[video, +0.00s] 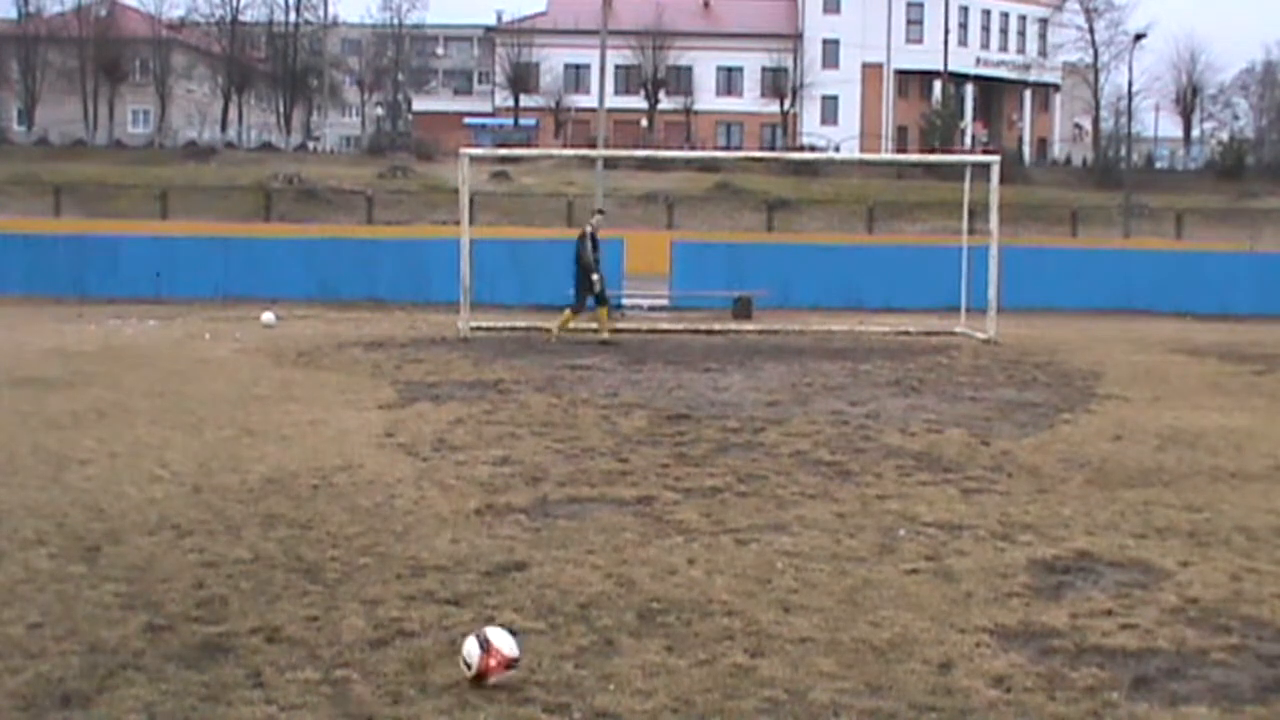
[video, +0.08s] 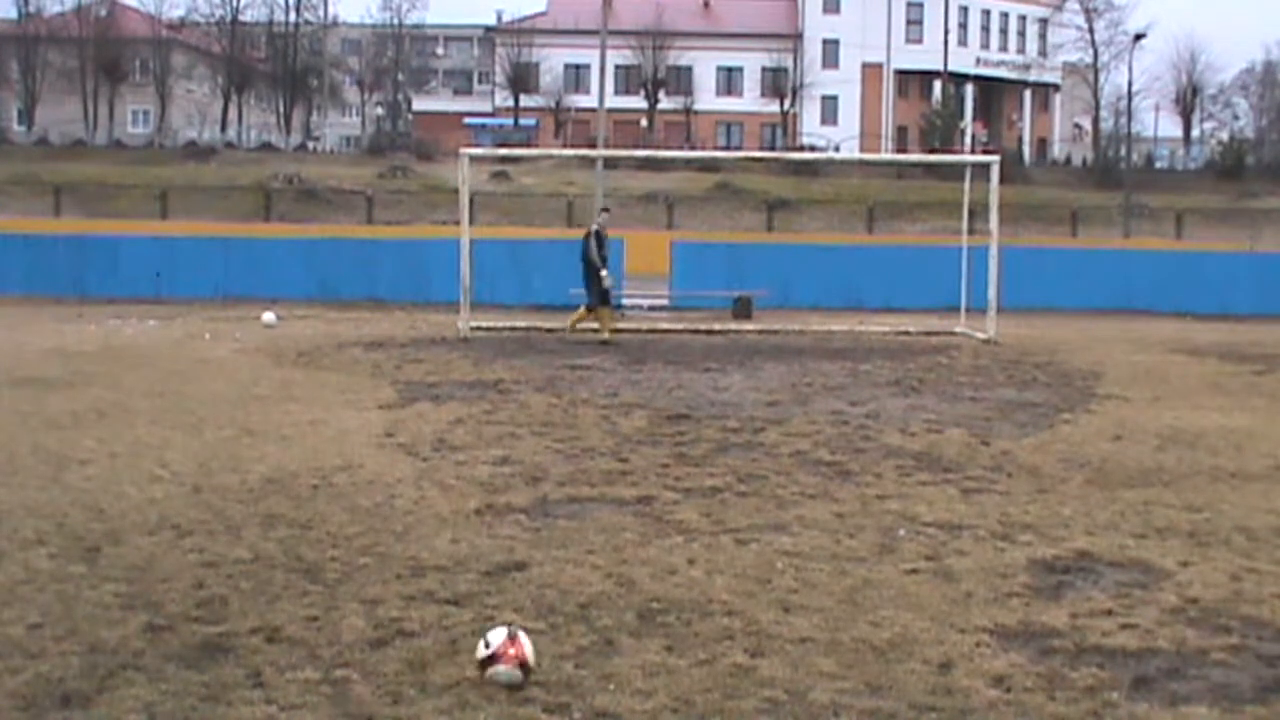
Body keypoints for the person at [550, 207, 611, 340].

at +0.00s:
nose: (599, 223)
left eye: (600, 220)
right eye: (597, 219)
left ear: (600, 221)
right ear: (592, 219)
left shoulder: (593, 236)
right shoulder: (585, 235)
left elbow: (592, 257)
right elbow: (586, 257)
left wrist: (597, 273)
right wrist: (593, 273)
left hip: (594, 272)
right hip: (584, 273)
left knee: (602, 302)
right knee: (579, 305)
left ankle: (604, 331)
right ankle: (556, 329)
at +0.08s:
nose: (605, 221)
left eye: (607, 218)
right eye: (603, 218)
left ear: (608, 220)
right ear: (598, 218)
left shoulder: (602, 234)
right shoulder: (592, 233)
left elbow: (601, 252)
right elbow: (592, 254)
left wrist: (604, 268)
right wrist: (602, 270)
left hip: (600, 270)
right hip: (592, 271)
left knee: (601, 301)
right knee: (596, 301)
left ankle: (606, 330)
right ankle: (572, 322)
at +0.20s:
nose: (613, 218)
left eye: (615, 215)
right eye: (611, 215)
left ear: (617, 217)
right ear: (606, 215)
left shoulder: (614, 231)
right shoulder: (602, 231)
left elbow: (614, 252)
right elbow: (599, 253)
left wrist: (618, 267)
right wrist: (611, 266)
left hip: (611, 269)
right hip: (602, 269)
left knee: (611, 299)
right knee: (608, 298)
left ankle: (605, 331)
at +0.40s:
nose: (628, 220)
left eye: (630, 217)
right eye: (625, 217)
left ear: (632, 219)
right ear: (621, 218)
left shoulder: (632, 235)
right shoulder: (616, 234)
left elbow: (638, 253)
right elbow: (612, 256)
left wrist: (647, 268)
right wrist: (621, 272)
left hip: (626, 272)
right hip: (617, 272)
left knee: (615, 303)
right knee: (629, 304)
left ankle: (605, 332)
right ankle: (642, 333)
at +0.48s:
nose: (634, 220)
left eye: (636, 217)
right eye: (631, 217)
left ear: (638, 218)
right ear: (627, 218)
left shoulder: (638, 235)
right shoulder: (623, 234)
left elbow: (645, 253)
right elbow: (619, 258)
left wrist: (658, 267)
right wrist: (625, 276)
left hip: (634, 274)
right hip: (625, 275)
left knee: (622, 306)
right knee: (637, 307)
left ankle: (607, 332)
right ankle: (647, 338)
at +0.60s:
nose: (642, 219)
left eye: (644, 215)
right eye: (639, 215)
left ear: (647, 217)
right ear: (635, 217)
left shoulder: (648, 234)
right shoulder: (632, 234)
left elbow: (654, 252)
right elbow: (629, 256)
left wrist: (665, 261)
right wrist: (629, 274)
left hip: (645, 271)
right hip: (637, 272)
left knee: (643, 305)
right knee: (642, 307)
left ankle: (621, 324)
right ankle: (649, 339)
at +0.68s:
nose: (648, 218)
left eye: (650, 215)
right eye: (646, 215)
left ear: (653, 216)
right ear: (641, 217)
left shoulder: (654, 233)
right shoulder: (637, 234)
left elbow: (658, 251)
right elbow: (632, 255)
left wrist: (669, 258)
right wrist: (632, 272)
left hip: (651, 270)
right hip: (641, 271)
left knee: (656, 300)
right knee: (646, 303)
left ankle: (638, 324)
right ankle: (648, 335)